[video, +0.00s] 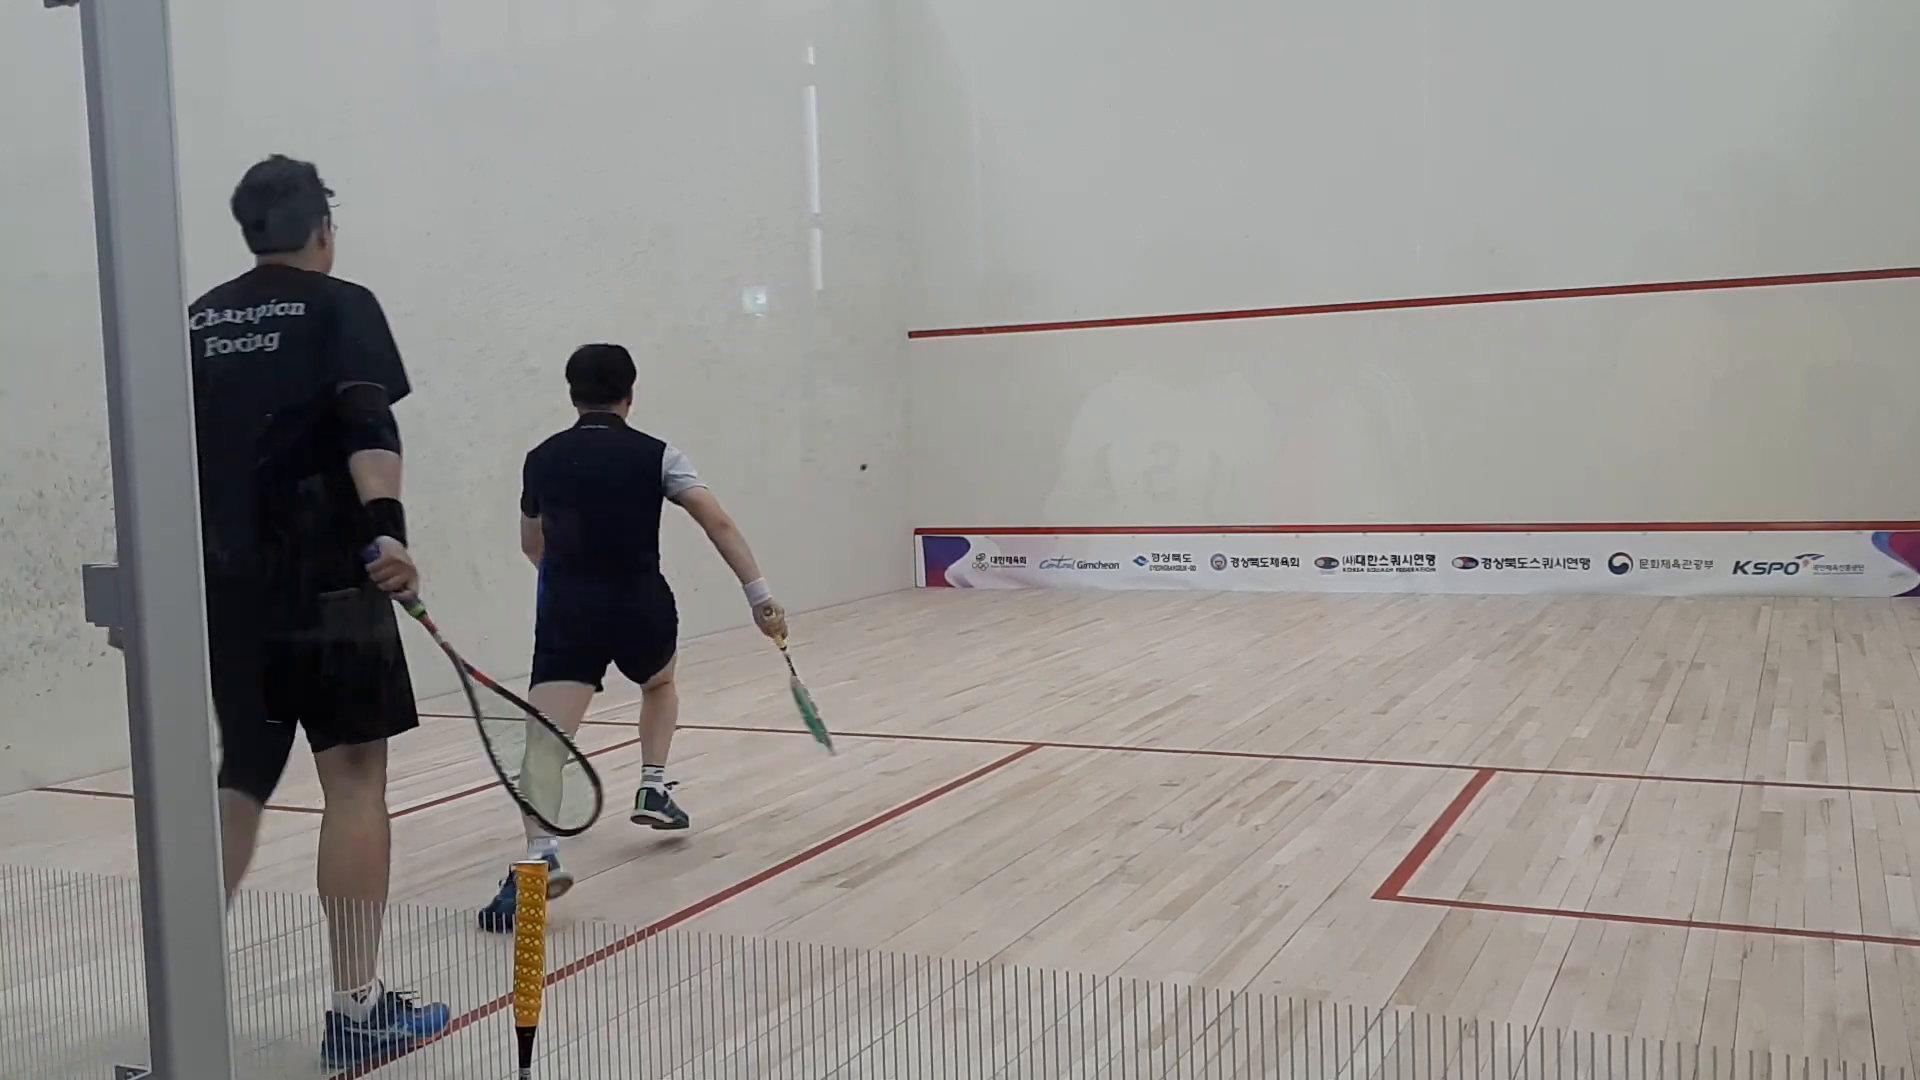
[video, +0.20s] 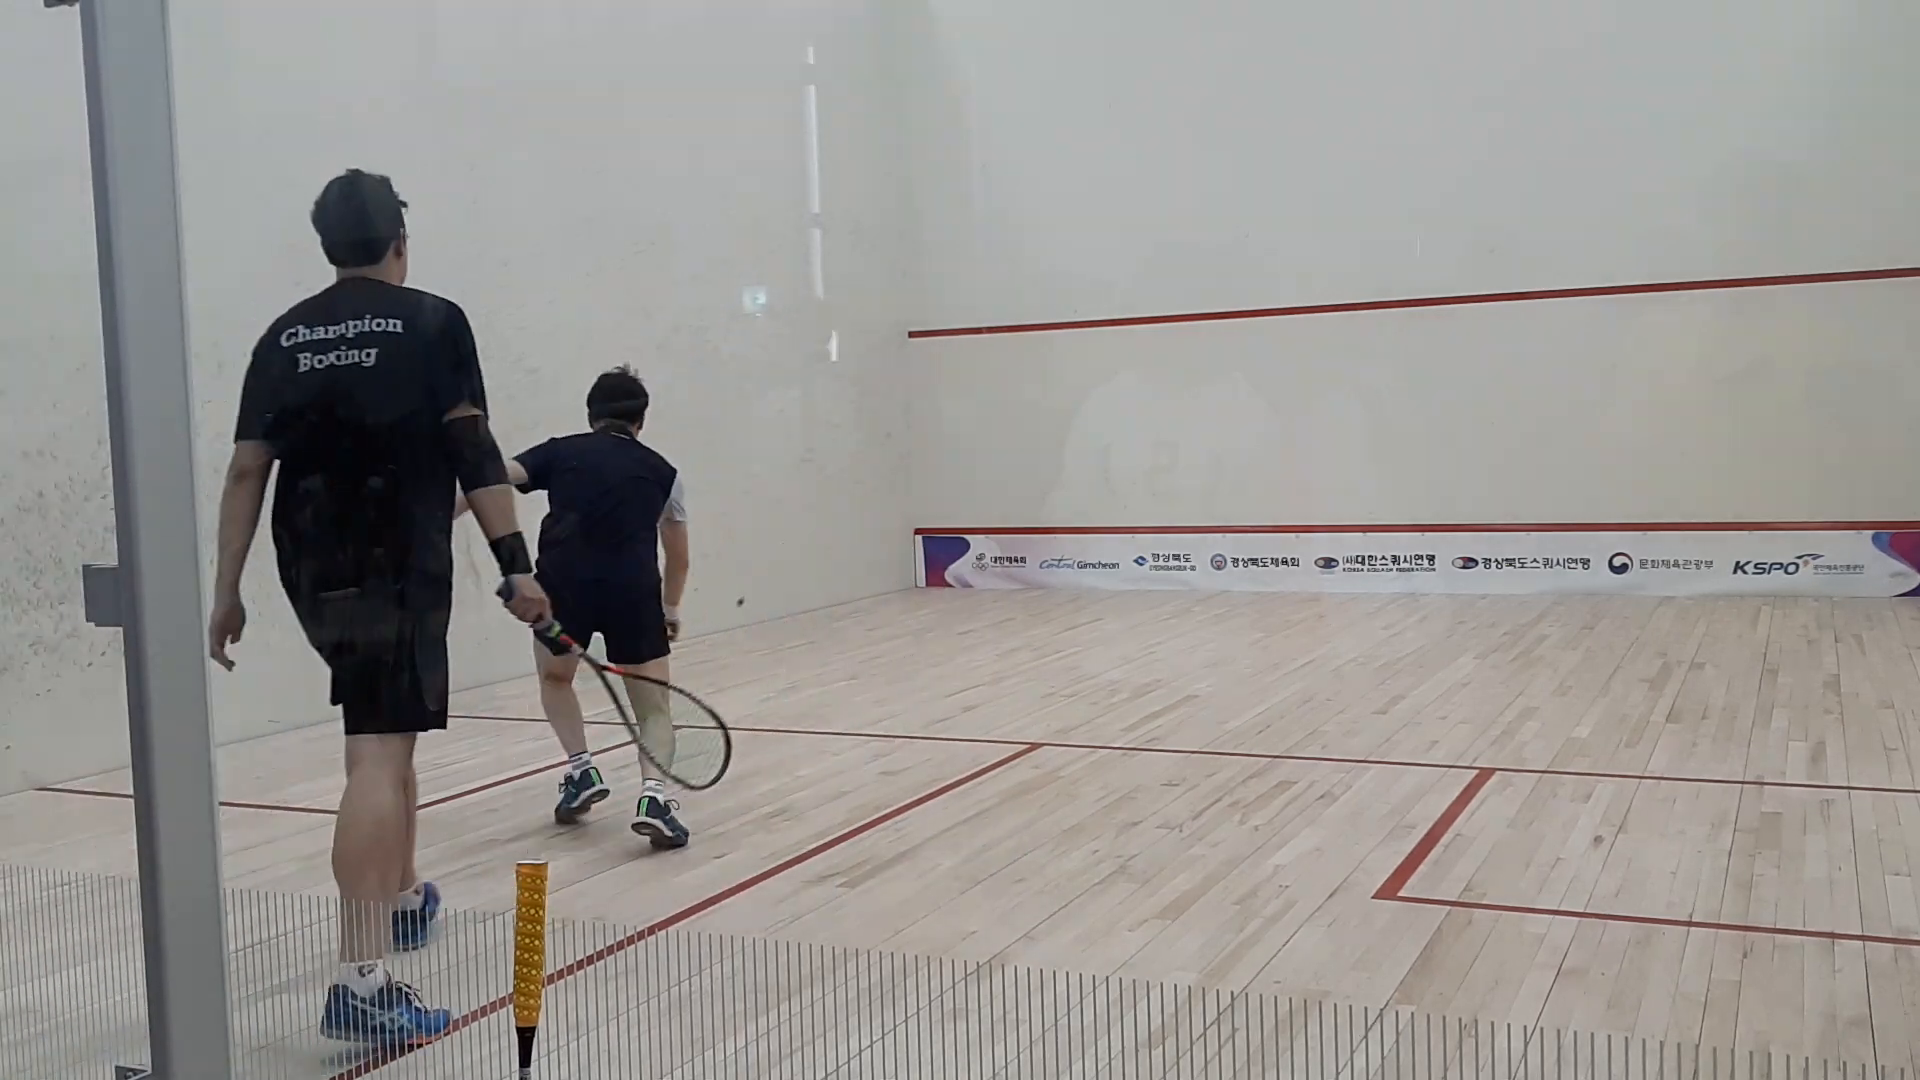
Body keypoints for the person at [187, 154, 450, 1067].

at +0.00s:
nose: (335, 235)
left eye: (327, 222)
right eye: (332, 222)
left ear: (249, 235)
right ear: (321, 229)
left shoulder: (194, 318)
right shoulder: (343, 307)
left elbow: (163, 454)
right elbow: (367, 429)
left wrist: (151, 580)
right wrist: (389, 534)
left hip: (226, 598)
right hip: (330, 592)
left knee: (242, 774)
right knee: (354, 781)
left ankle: (180, 982)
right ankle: (356, 1008)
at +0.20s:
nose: (409, 246)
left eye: (391, 237)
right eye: (406, 236)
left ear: (327, 248)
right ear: (400, 241)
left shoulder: (281, 338)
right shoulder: (435, 322)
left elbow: (246, 473)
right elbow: (472, 451)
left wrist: (225, 589)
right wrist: (515, 568)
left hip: (313, 581)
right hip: (403, 576)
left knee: (389, 736)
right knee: (374, 759)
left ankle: (399, 901)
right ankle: (358, 984)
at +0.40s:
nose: (455, 235)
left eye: (443, 224)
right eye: (454, 224)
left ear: (379, 237)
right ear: (447, 231)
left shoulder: (341, 327)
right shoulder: (477, 308)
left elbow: (328, 459)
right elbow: (519, 434)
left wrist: (331, 560)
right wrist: (571, 531)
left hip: (390, 563)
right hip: (476, 554)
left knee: (430, 718)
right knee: (523, 709)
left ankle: (421, 896)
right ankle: (447, 863)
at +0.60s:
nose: (515, 245)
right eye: (516, 233)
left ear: (448, 240)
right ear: (512, 237)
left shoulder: (406, 325)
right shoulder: (538, 313)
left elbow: (402, 451)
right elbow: (571, 429)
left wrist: (443, 517)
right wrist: (627, 518)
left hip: (448, 550)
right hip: (548, 540)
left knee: (443, 707)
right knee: (582, 685)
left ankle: (425, 890)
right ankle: (609, 830)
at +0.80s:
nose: (579, 267)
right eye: (578, 259)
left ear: (514, 266)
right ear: (575, 263)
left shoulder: (478, 341)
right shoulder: (606, 336)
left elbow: (451, 449)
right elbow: (660, 437)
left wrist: (450, 511)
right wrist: (711, 511)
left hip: (514, 542)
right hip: (595, 537)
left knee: (516, 666)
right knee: (631, 662)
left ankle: (473, 803)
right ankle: (614, 821)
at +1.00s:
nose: (627, 318)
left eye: (621, 310)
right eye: (626, 310)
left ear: (566, 319)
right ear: (620, 316)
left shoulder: (518, 383)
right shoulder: (639, 388)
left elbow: (474, 480)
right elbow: (681, 489)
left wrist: (458, 562)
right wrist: (744, 537)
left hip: (538, 571)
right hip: (618, 567)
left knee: (556, 669)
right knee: (732, 637)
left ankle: (512, 789)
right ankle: (727, 786)